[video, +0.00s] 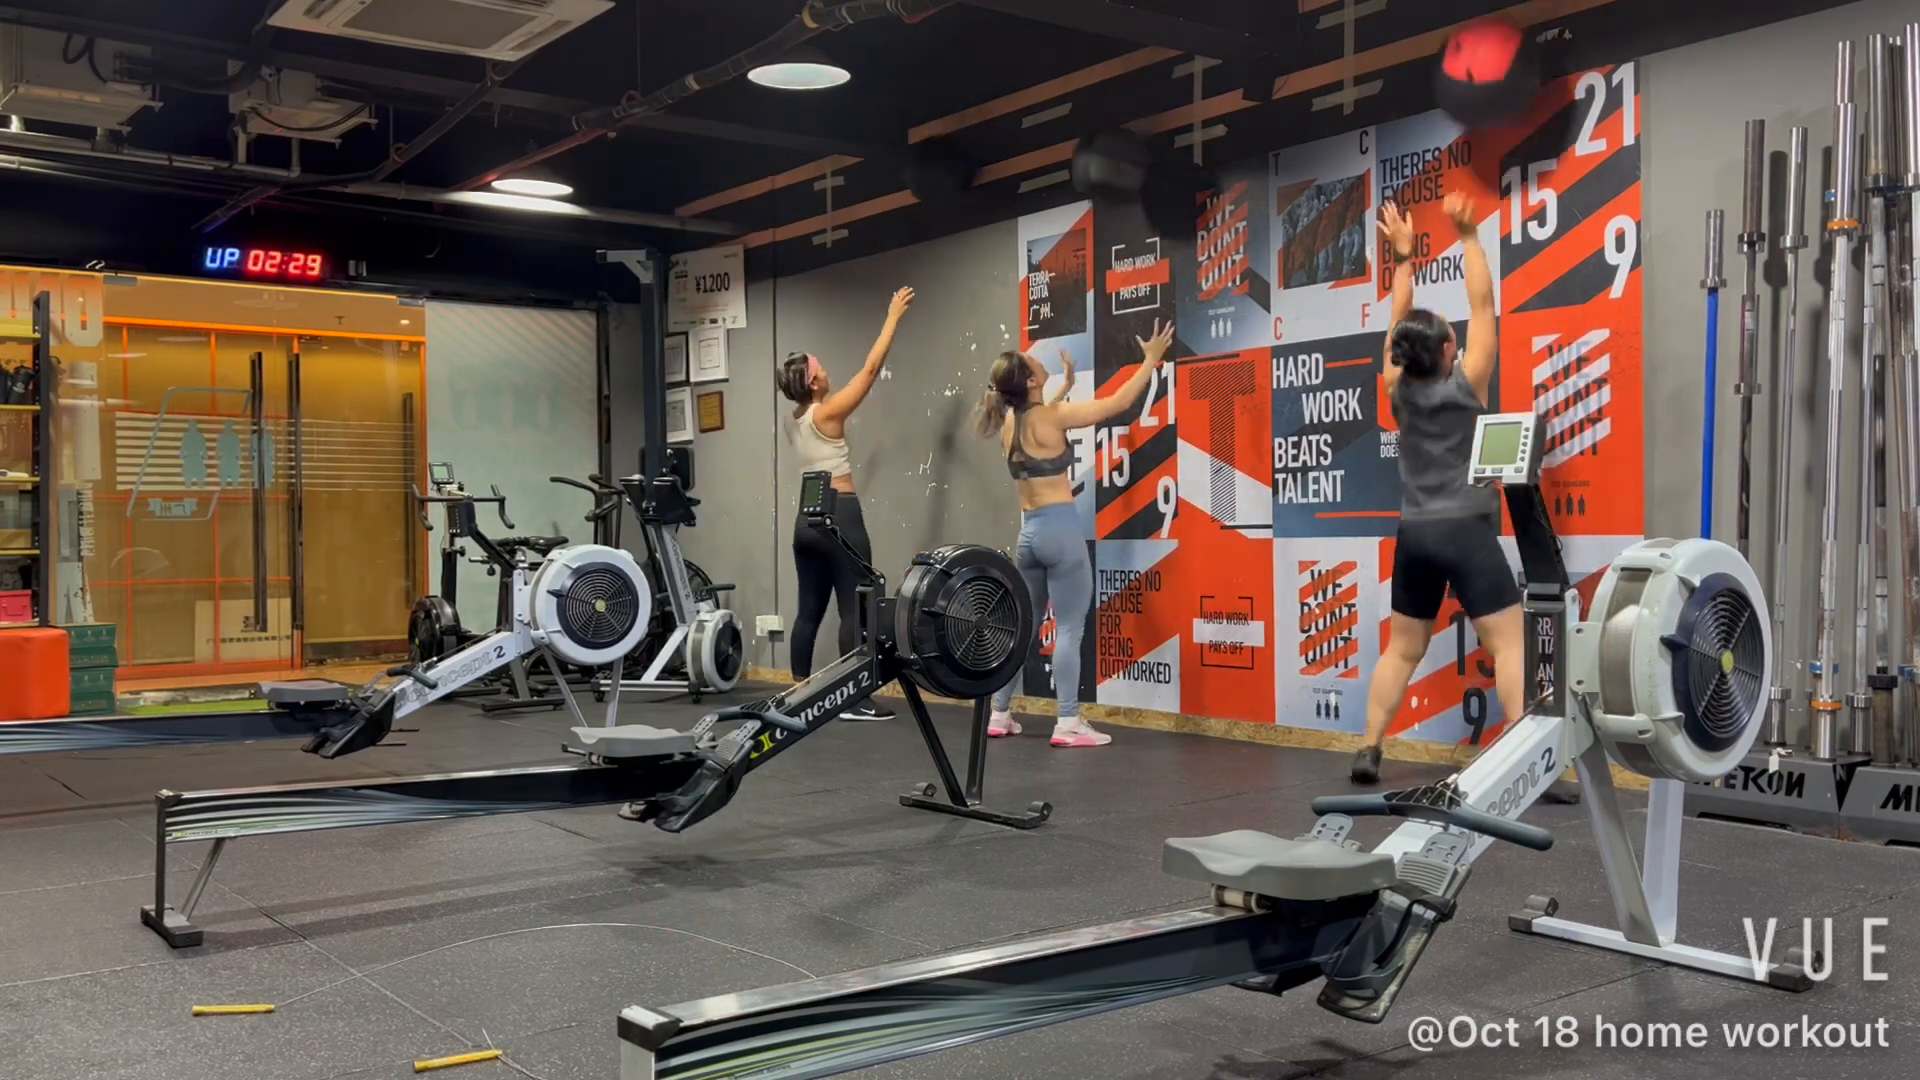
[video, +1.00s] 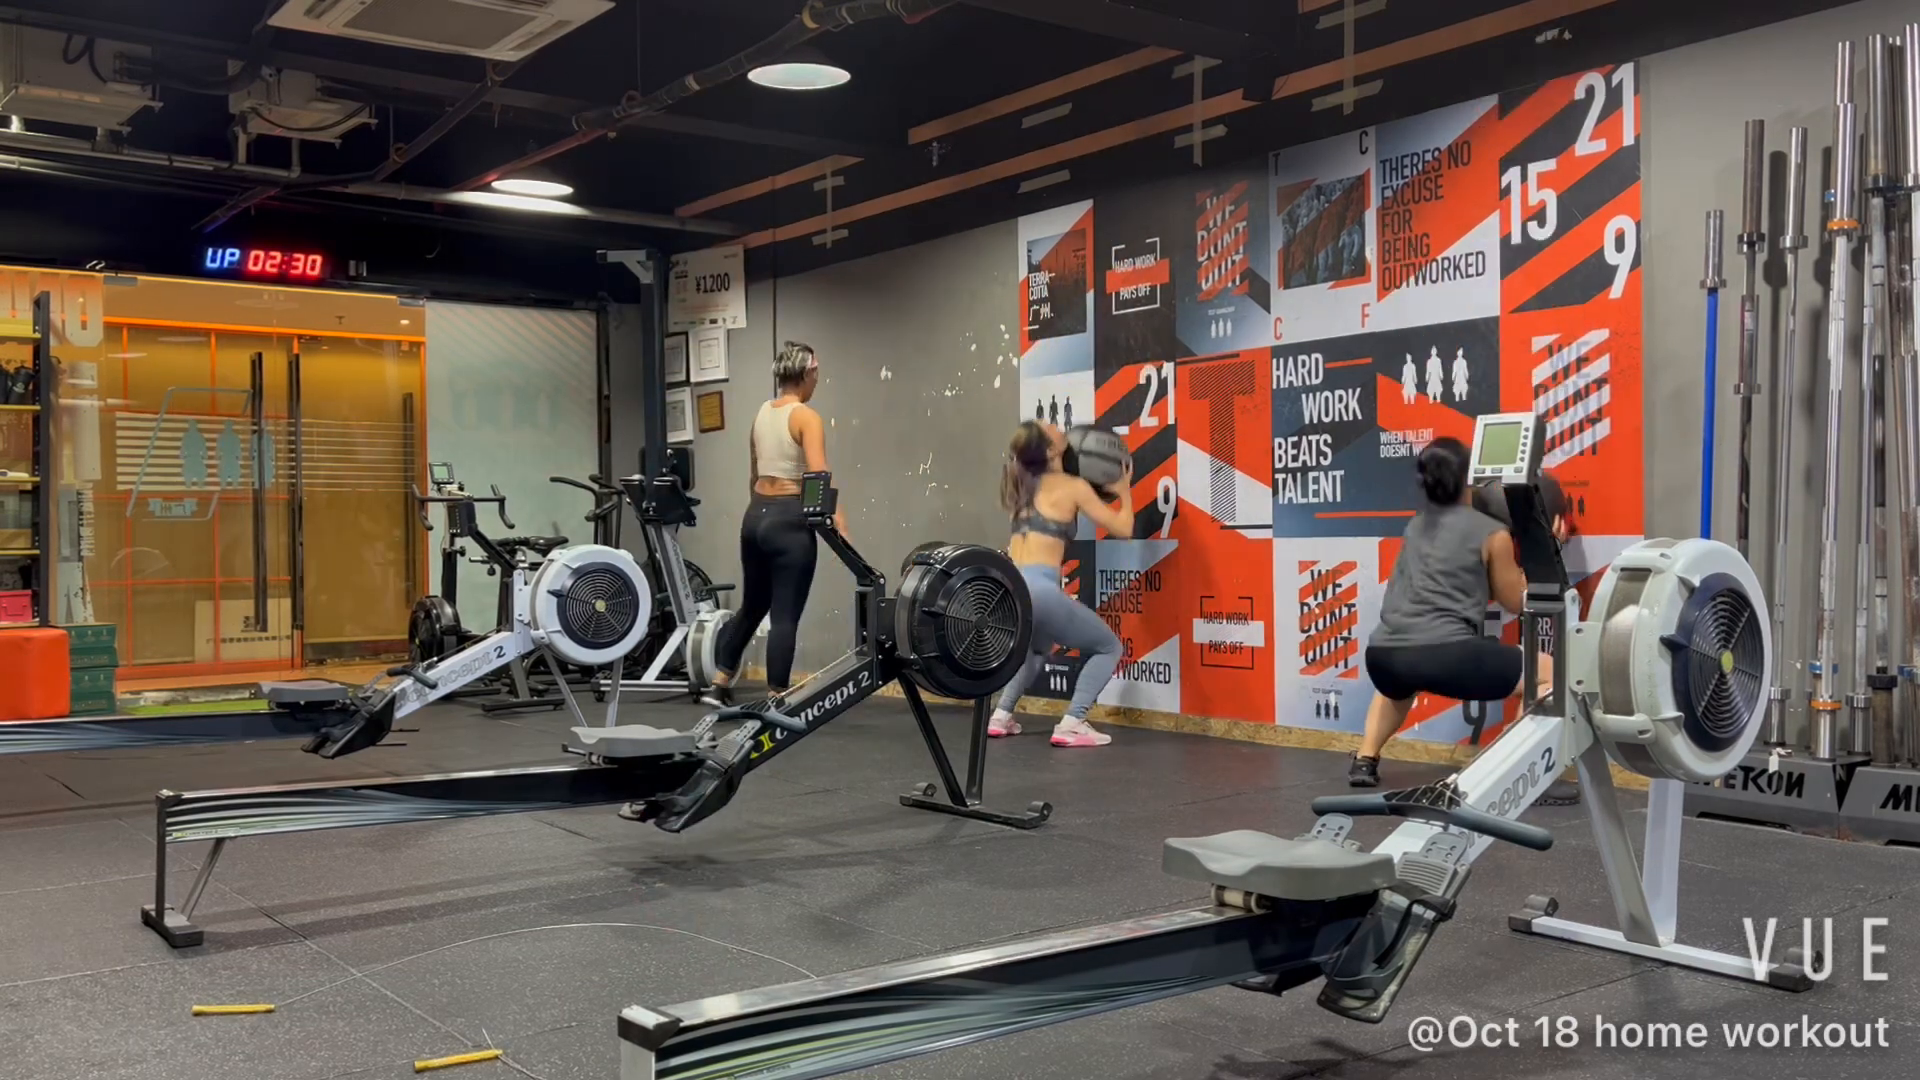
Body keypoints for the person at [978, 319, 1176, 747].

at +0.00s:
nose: (1044, 375)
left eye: (1038, 370)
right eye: (1038, 372)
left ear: (1013, 389)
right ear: (1029, 383)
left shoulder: (1009, 422)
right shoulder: (1055, 414)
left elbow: (1042, 416)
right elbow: (1119, 403)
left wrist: (1063, 386)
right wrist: (1151, 360)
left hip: (1029, 529)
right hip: (1061, 527)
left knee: (1019, 623)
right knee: (1069, 628)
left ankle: (998, 713)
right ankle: (1068, 722)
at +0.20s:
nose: (1046, 365)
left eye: (1039, 362)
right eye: (1040, 366)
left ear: (1016, 389)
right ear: (1039, 381)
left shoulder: (1016, 423)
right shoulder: (1058, 417)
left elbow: (1061, 424)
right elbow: (1125, 413)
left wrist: (1084, 391)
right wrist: (1138, 366)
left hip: (1018, 533)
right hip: (1049, 534)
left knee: (1017, 624)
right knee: (1082, 625)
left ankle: (999, 714)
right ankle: (1070, 722)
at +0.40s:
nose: (1059, 423)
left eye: (1055, 419)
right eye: (1053, 422)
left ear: (1025, 441)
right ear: (1047, 438)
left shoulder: (1018, 474)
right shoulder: (1069, 476)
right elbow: (1120, 517)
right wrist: (1125, 480)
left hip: (1006, 582)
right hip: (1041, 586)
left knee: (1023, 643)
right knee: (1112, 644)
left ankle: (999, 713)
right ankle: (1073, 723)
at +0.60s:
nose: (1058, 480)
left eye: (1051, 479)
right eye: (1053, 483)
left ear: (1023, 507)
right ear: (1050, 504)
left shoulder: (1017, 537)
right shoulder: (1070, 541)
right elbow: (1117, 588)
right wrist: (1122, 552)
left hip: (1002, 644)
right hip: (1039, 651)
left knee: (1029, 634)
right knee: (1120, 655)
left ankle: (1000, 714)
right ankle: (1073, 723)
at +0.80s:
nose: (1058, 478)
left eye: (1051, 476)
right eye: (1052, 480)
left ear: (1028, 506)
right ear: (1051, 504)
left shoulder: (1021, 537)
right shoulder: (1072, 541)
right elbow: (1116, 590)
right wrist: (1121, 554)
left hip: (1004, 641)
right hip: (1038, 648)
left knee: (1044, 639)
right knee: (1116, 655)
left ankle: (1000, 715)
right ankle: (1072, 723)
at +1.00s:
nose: (1057, 425)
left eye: (1050, 423)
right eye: (1051, 428)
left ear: (1030, 456)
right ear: (1050, 451)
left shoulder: (1025, 484)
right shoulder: (1073, 485)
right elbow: (1124, 527)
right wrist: (1125, 492)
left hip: (1007, 583)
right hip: (1040, 588)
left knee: (1038, 647)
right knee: (1109, 647)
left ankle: (1001, 715)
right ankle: (1072, 723)